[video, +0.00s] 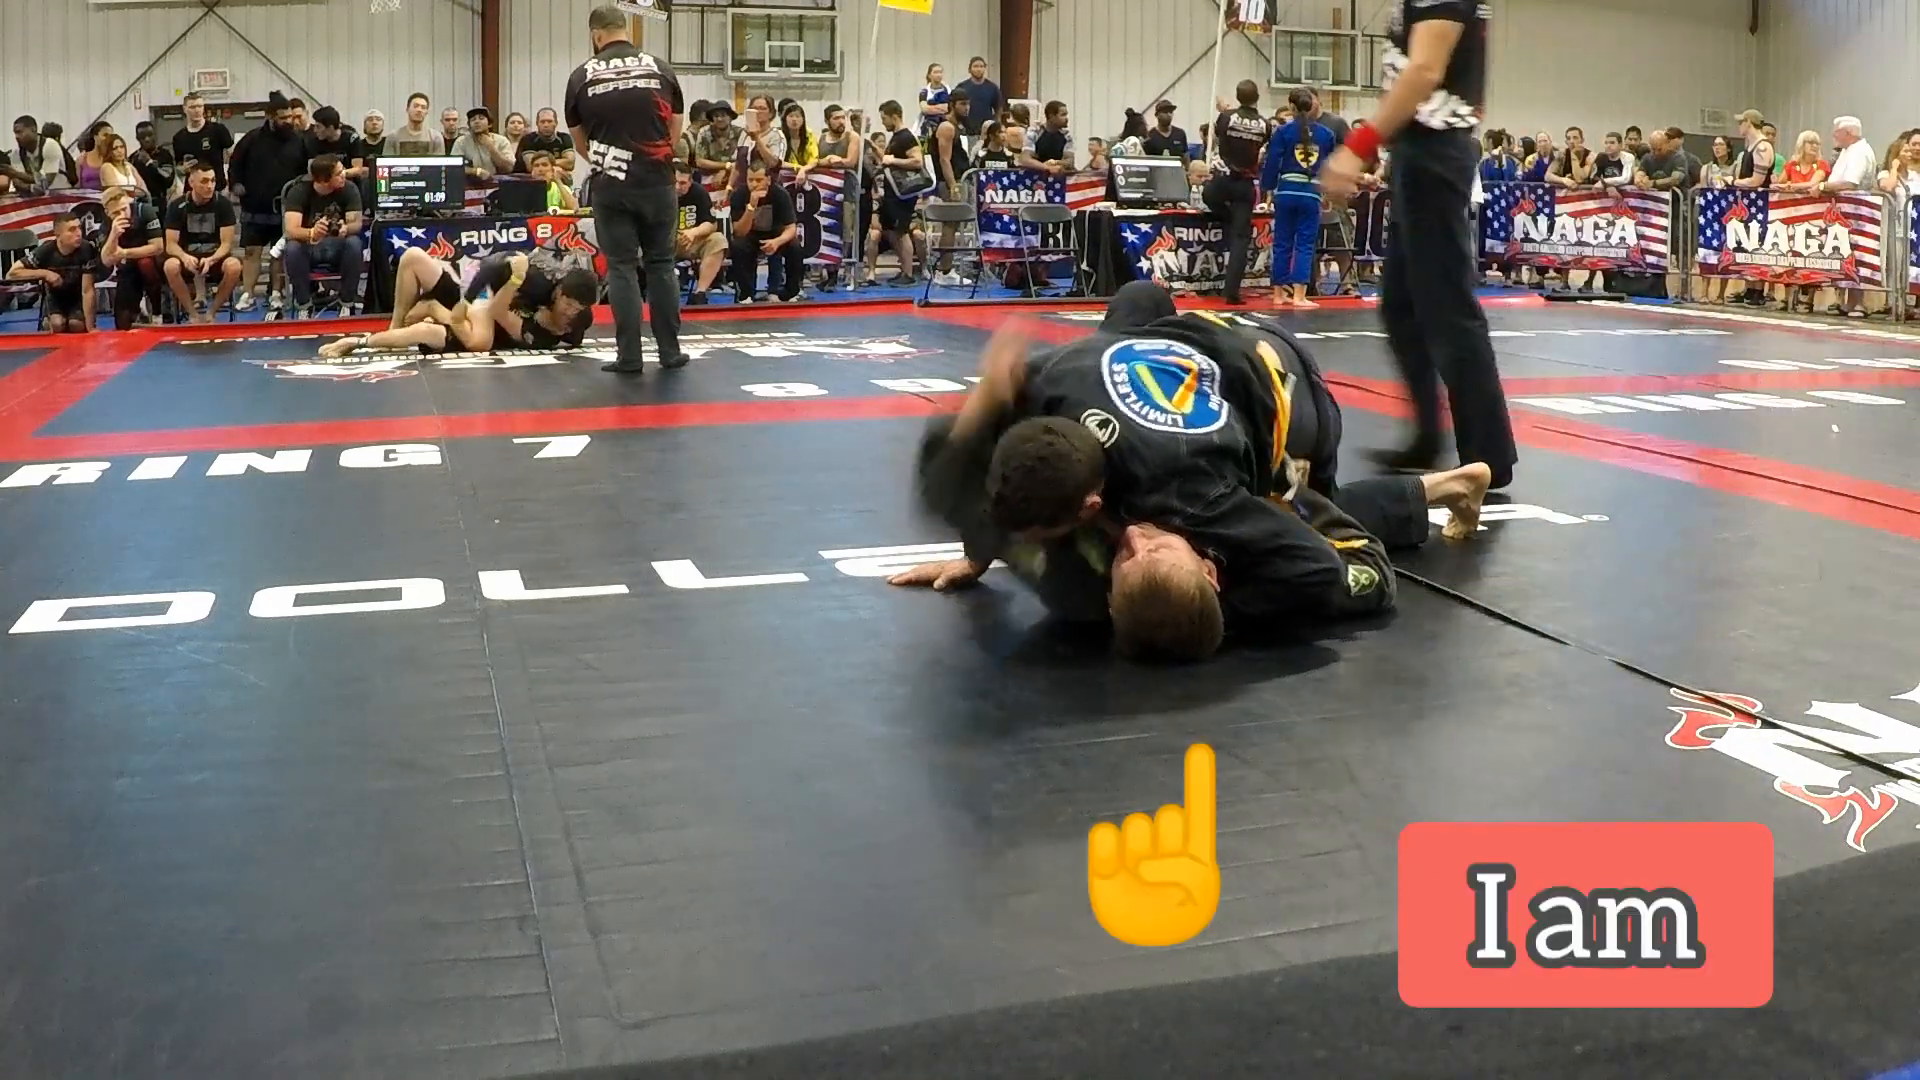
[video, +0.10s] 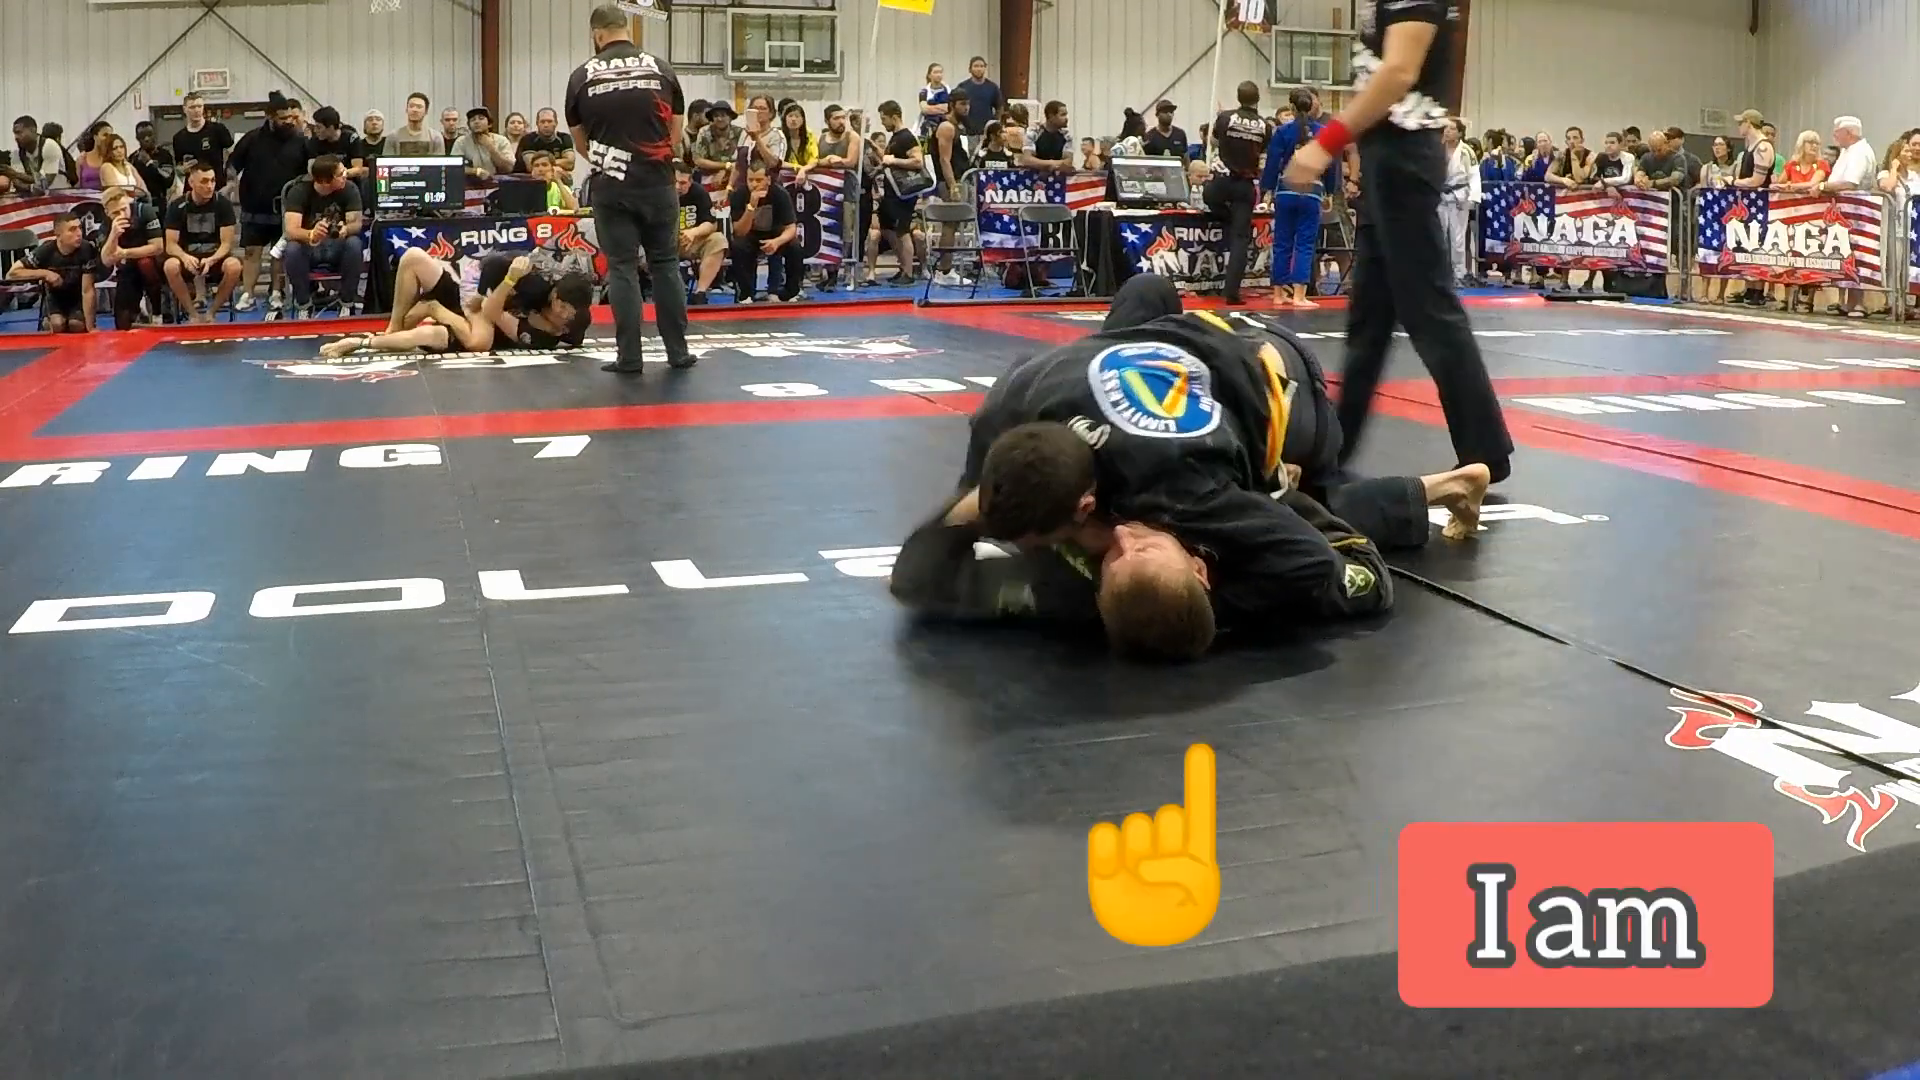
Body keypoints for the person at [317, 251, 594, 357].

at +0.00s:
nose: (574, 315)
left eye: (580, 311)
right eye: (570, 308)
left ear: (587, 307)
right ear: (558, 294)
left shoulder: (582, 318)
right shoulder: (536, 281)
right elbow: (494, 311)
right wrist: (529, 336)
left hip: (496, 325)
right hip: (483, 285)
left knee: (427, 333)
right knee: (412, 258)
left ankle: (355, 343)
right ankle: (396, 329)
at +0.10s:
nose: (565, 316)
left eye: (572, 313)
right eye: (562, 309)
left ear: (580, 311)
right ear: (552, 296)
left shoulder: (576, 325)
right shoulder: (534, 285)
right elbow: (486, 313)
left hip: (494, 320)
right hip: (475, 280)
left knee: (432, 335)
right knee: (413, 258)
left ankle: (359, 345)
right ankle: (394, 329)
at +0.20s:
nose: (560, 311)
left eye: (568, 310)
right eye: (559, 303)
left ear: (576, 313)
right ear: (554, 292)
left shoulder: (544, 335)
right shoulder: (540, 279)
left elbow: (490, 325)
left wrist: (508, 285)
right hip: (476, 284)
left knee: (428, 333)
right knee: (410, 256)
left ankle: (357, 344)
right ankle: (392, 332)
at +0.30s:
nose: (566, 314)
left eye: (574, 311)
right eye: (565, 305)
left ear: (584, 310)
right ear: (557, 289)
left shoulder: (558, 333)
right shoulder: (542, 268)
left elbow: (492, 339)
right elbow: (496, 256)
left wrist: (508, 291)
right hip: (478, 277)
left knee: (428, 332)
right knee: (409, 256)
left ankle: (354, 344)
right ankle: (394, 329)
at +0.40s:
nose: (570, 309)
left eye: (578, 308)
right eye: (569, 300)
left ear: (586, 308)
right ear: (561, 286)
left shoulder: (563, 328)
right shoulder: (542, 267)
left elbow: (493, 338)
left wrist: (513, 288)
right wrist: (528, 306)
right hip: (476, 279)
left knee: (427, 332)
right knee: (409, 256)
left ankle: (356, 344)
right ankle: (395, 328)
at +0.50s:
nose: (570, 302)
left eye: (578, 301)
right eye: (570, 295)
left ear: (583, 303)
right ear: (565, 283)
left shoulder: (570, 324)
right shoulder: (543, 270)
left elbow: (494, 339)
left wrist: (531, 305)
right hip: (478, 277)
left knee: (431, 335)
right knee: (410, 257)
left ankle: (358, 345)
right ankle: (393, 331)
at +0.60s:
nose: (576, 312)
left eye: (583, 310)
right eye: (575, 305)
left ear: (589, 308)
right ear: (566, 292)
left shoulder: (578, 312)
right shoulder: (542, 283)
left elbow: (495, 341)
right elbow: (493, 339)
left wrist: (546, 316)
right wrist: (541, 312)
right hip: (479, 277)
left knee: (432, 336)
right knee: (412, 258)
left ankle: (360, 346)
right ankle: (393, 331)